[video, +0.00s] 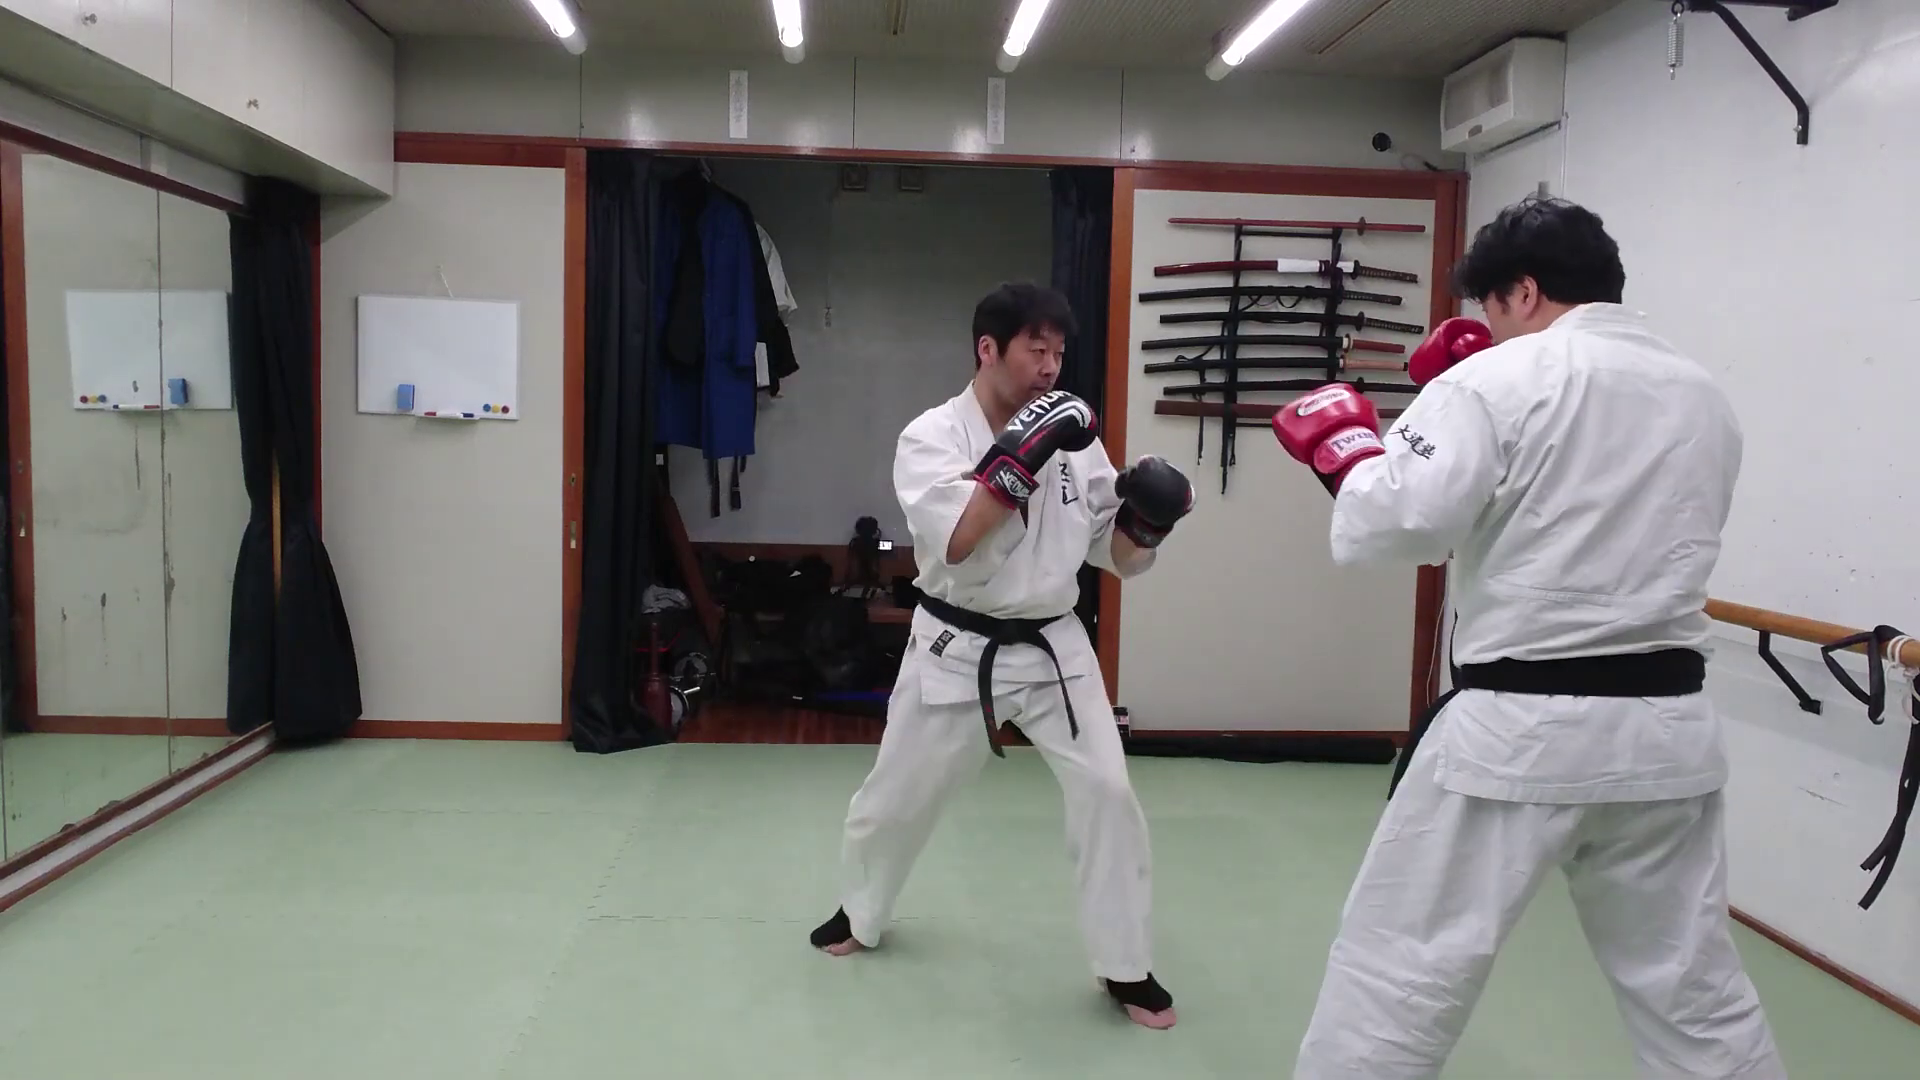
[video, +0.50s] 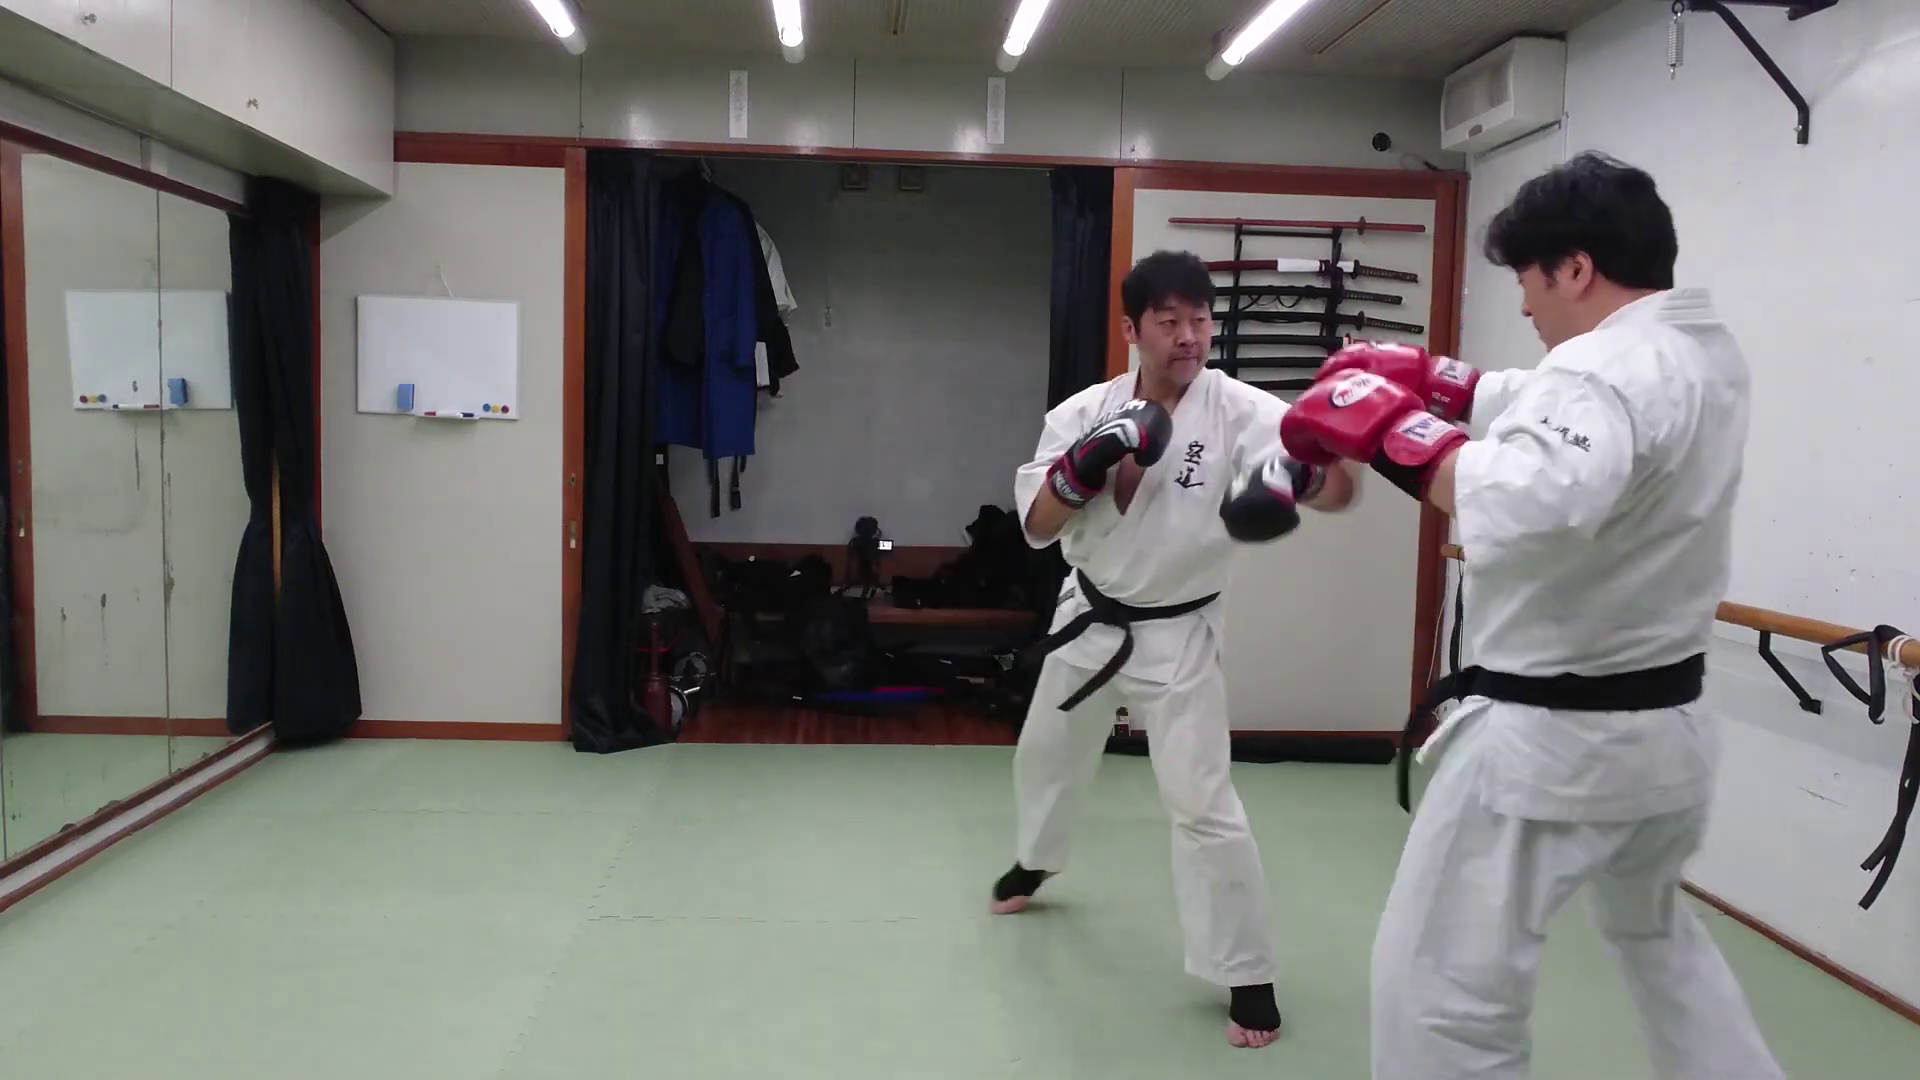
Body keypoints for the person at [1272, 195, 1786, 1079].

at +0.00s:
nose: (1488, 331)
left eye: (1489, 308)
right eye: (1483, 312)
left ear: (1528, 291)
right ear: (1606, 286)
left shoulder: (1494, 386)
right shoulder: (1706, 397)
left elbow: (1394, 516)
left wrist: (1350, 449)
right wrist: (1485, 383)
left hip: (1516, 731)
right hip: (1671, 730)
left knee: (1393, 988)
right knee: (1698, 998)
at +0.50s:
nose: (1523, 306)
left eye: (1525, 281)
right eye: (1520, 283)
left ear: (1578, 269)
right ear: (1615, 262)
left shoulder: (1601, 376)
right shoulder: (1706, 351)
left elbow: (1526, 501)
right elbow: (1560, 396)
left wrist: (1398, 434)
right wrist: (1445, 381)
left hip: (1544, 744)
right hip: (1667, 729)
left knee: (1442, 997)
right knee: (1654, 928)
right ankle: (1742, 1076)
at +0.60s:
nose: (1488, 326)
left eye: (1490, 301)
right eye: (1483, 304)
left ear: (1543, 288)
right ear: (1560, 285)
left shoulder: (1613, 408)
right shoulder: (1646, 375)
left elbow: (1464, 520)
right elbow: (1564, 480)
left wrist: (1378, 442)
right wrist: (1469, 451)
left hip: (1560, 760)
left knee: (1421, 966)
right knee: (1437, 784)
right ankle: (1621, 934)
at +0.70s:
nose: (1458, 352)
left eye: (1460, 329)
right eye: (1453, 330)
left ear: (1510, 320)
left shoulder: (1597, 435)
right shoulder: (1617, 393)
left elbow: (1424, 542)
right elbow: (1482, 522)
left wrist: (1377, 455)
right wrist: (1370, 510)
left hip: (1545, 774)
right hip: (1507, 704)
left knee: (1405, 972)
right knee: (1386, 683)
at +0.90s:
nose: (1441, 339)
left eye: (1442, 318)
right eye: (1436, 319)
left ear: (1491, 315)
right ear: (1566, 296)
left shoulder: (1595, 440)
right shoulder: (1568, 393)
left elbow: (1452, 596)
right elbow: (1478, 527)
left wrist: (1363, 495)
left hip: (1513, 761)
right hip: (1463, 689)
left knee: (1392, 982)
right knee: (1324, 692)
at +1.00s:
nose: (1440, 310)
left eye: (1440, 287)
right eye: (1437, 288)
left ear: (1481, 284)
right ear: (1563, 264)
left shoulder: (1585, 408)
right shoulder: (1574, 369)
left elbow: (1503, 585)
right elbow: (1535, 488)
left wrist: (1380, 511)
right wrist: (1439, 460)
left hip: (1518, 754)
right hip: (1475, 702)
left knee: (1409, 991)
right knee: (1358, 773)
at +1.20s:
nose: (1435, 296)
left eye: (1433, 272)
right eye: (1431, 274)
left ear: (1467, 269)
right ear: (1559, 254)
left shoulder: (1530, 387)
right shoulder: (1630, 369)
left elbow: (1565, 578)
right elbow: (1576, 503)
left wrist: (1406, 579)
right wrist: (1435, 439)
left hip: (1502, 758)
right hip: (1618, 741)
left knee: (1414, 1016)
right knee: (1611, 971)